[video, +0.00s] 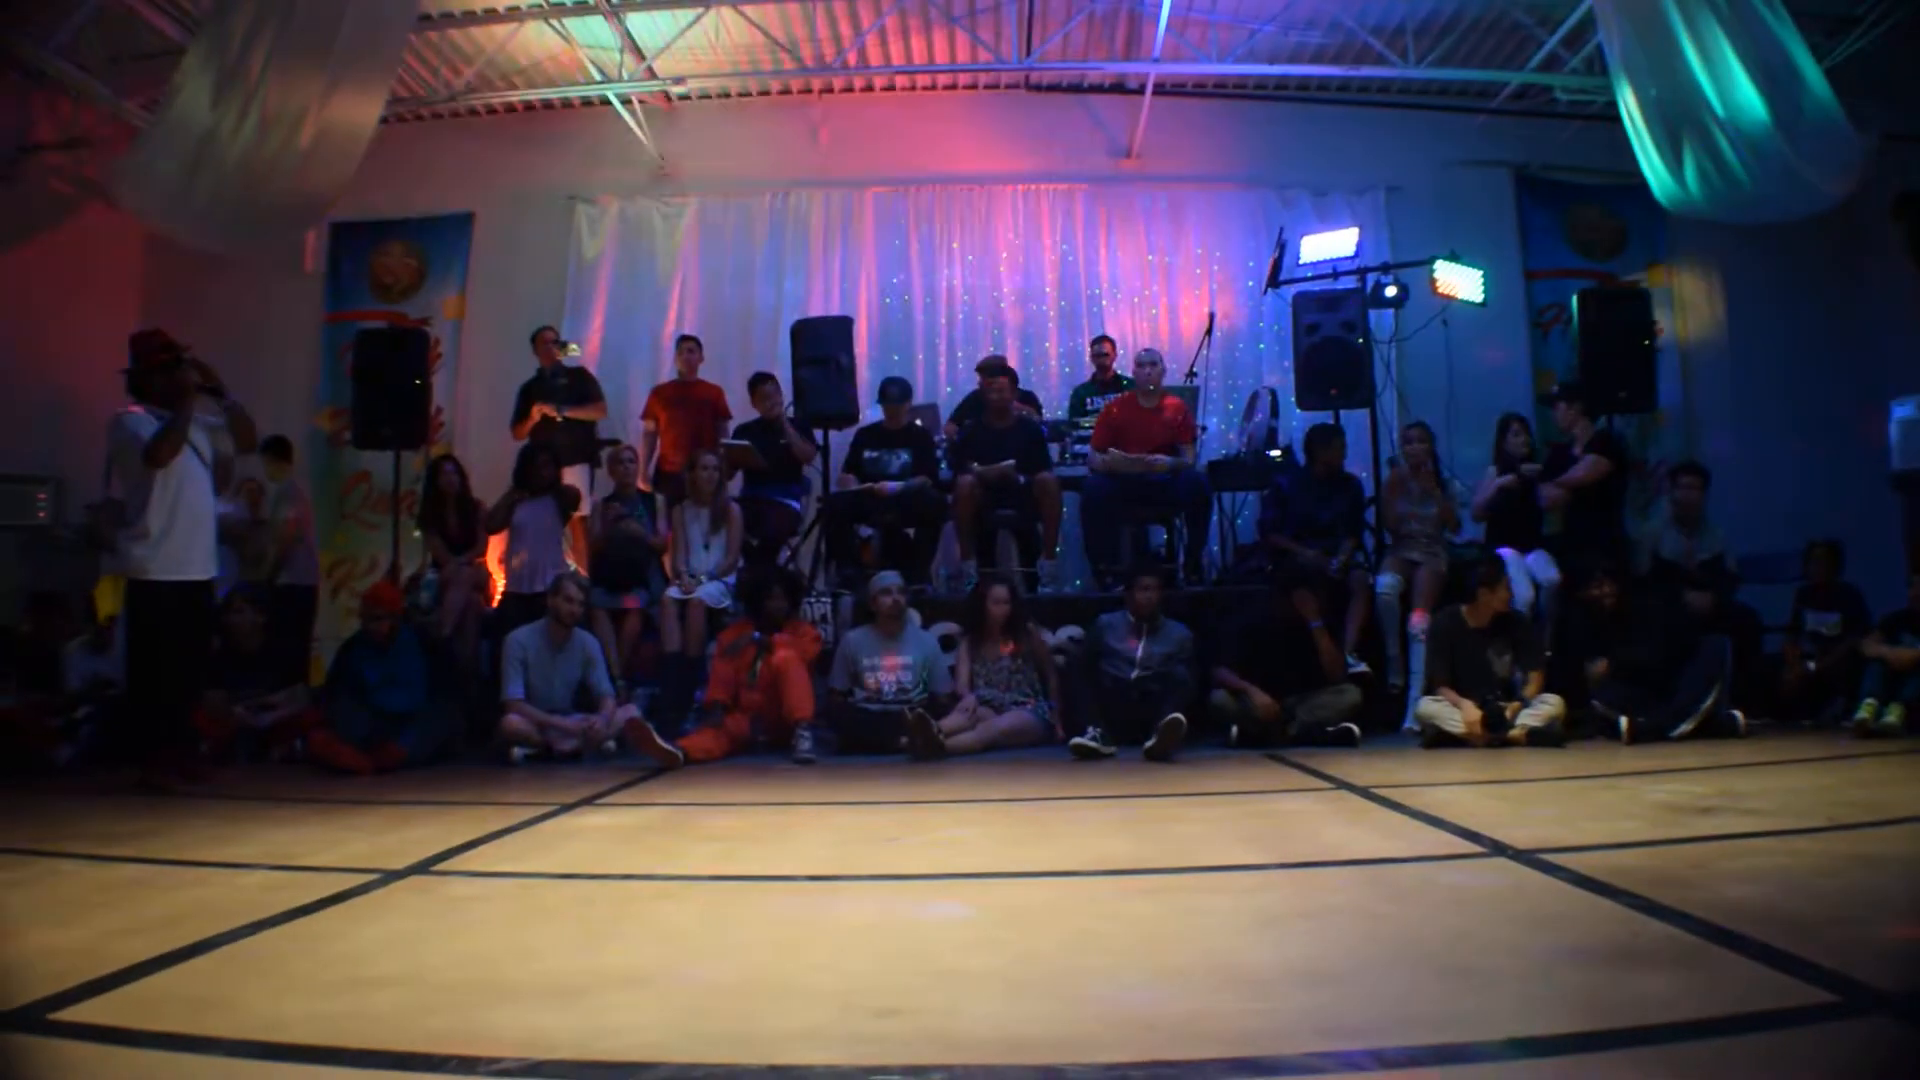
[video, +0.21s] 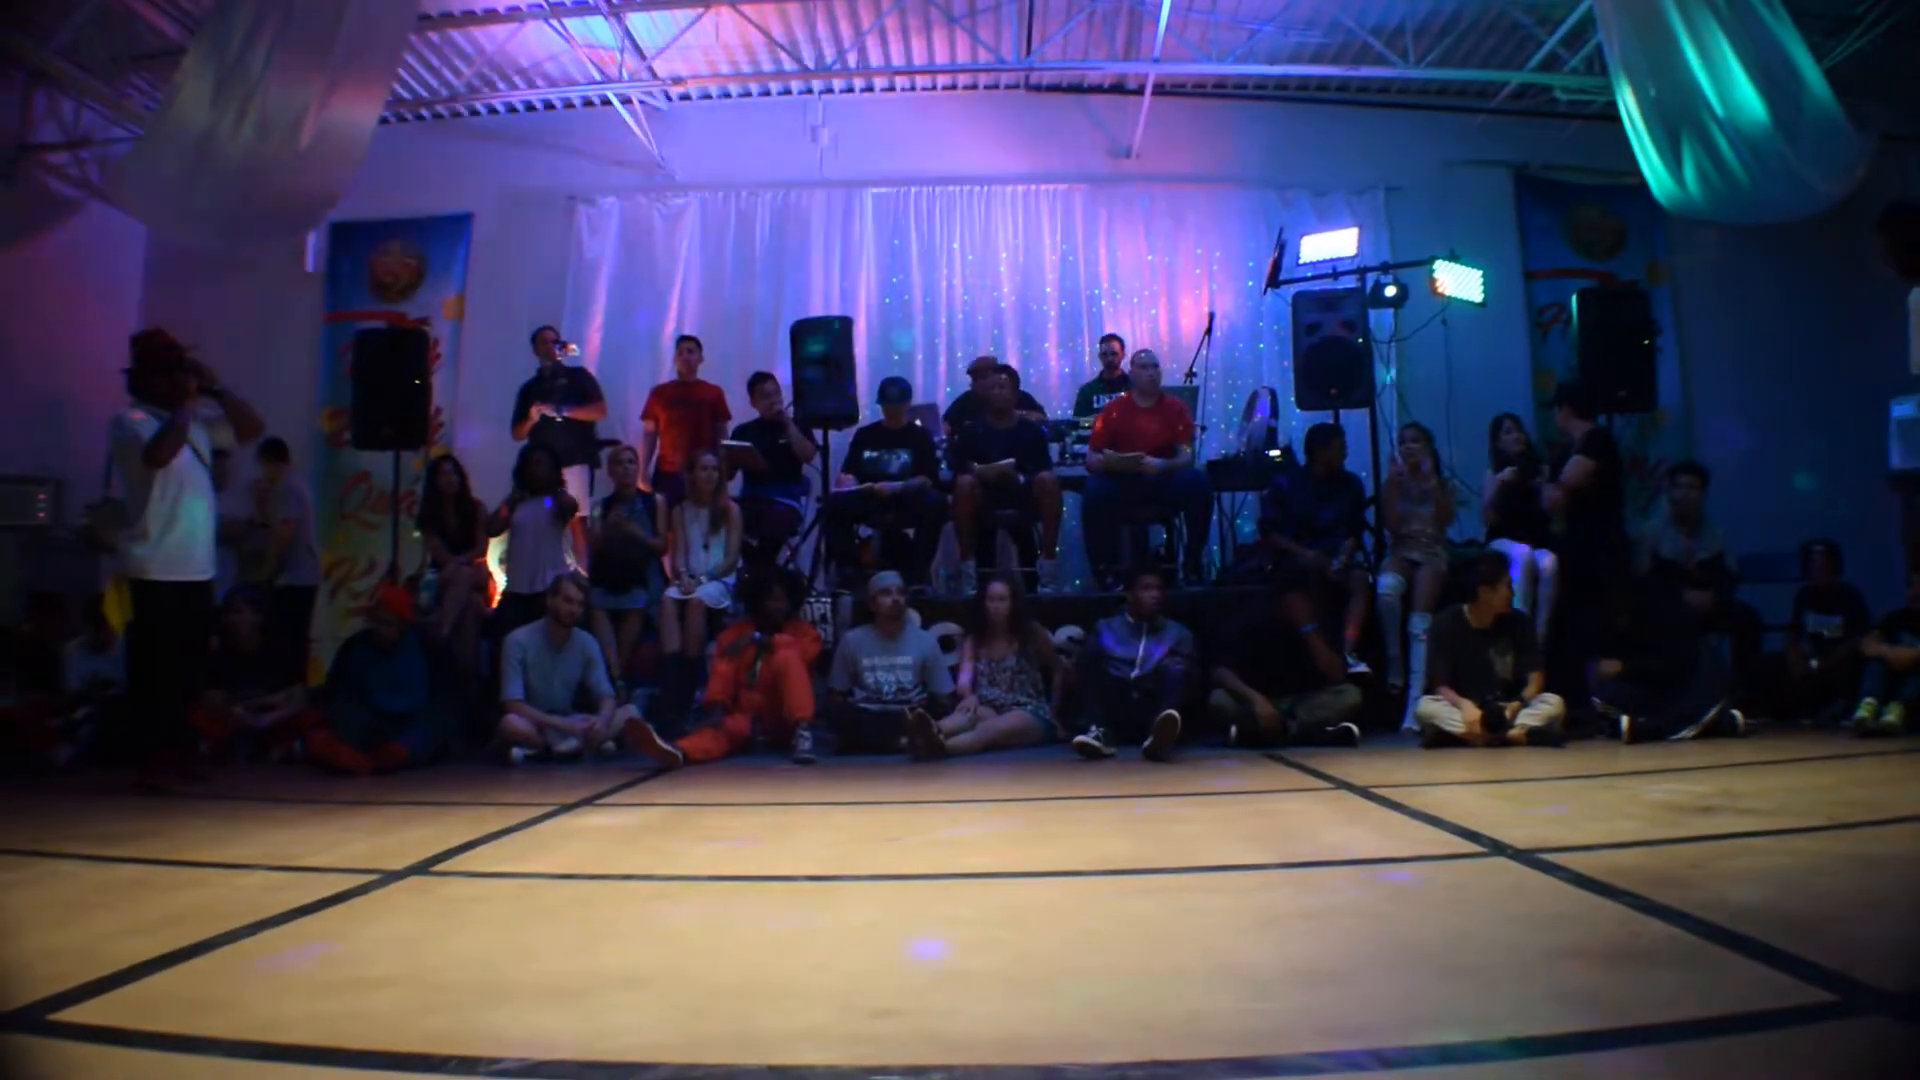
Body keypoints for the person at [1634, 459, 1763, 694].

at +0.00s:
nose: (1688, 497)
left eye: (1695, 489)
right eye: (1683, 489)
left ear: (1704, 495)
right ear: (1672, 493)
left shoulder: (1715, 536)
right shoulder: (1654, 534)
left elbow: (1728, 576)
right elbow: (1649, 578)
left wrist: (1712, 596)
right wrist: (1682, 594)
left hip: (1709, 609)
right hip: (1666, 612)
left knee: (1747, 621)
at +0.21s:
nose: (1684, 495)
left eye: (1692, 488)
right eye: (1678, 487)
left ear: (1702, 494)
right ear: (1669, 492)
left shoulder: (1714, 535)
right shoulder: (1653, 534)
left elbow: (1729, 574)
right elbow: (1647, 578)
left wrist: (1711, 594)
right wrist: (1682, 593)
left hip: (1710, 608)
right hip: (1667, 610)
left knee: (1748, 619)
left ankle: (1744, 690)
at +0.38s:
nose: (1683, 496)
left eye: (1691, 489)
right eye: (1677, 488)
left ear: (1701, 495)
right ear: (1668, 492)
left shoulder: (1712, 535)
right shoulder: (1653, 534)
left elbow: (1728, 575)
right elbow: (1646, 580)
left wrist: (1711, 596)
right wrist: (1680, 596)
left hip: (1707, 606)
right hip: (1667, 608)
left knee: (1746, 619)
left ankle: (1745, 689)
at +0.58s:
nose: (1681, 496)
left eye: (1689, 490)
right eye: (1676, 489)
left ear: (1700, 496)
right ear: (1667, 493)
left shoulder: (1713, 538)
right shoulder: (1649, 536)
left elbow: (1726, 578)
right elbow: (1642, 582)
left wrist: (1710, 598)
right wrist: (1680, 597)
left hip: (1706, 611)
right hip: (1665, 610)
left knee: (1746, 622)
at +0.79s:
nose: (1678, 498)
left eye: (1686, 491)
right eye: (1672, 490)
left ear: (1697, 497)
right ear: (1664, 494)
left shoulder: (1709, 536)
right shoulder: (1645, 536)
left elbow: (1723, 578)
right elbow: (1638, 583)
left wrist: (1707, 598)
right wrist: (1676, 598)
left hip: (1703, 609)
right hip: (1663, 609)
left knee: (1744, 623)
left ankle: (1738, 689)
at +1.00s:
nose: (1677, 498)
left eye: (1685, 491)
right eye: (1671, 490)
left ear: (1696, 498)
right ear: (1662, 495)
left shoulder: (1708, 539)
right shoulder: (1643, 538)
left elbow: (1723, 580)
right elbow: (1637, 584)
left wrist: (1706, 598)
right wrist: (1674, 598)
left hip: (1702, 611)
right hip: (1661, 611)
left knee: (1741, 623)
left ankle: (1740, 694)